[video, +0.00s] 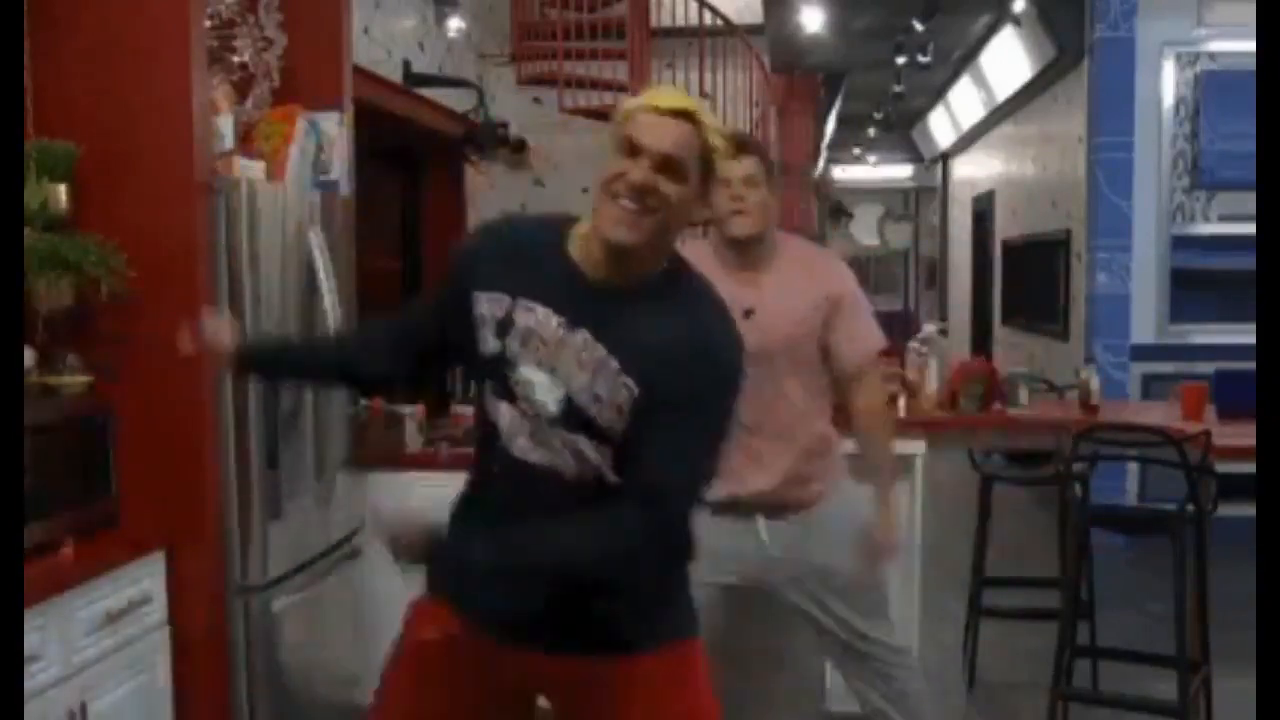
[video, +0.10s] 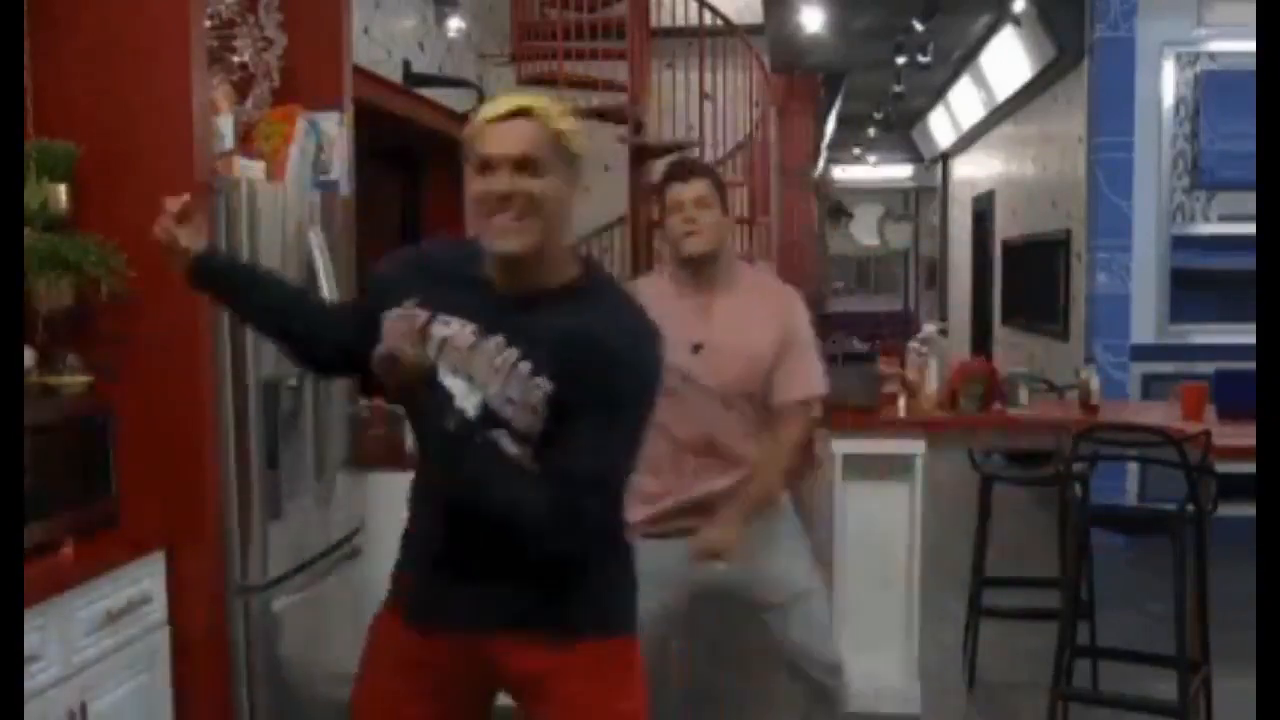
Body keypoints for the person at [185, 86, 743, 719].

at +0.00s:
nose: (640, 178)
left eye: (670, 171)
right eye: (630, 155)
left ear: (697, 199)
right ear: (606, 163)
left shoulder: (700, 339)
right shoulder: (505, 255)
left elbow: (648, 528)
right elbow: (407, 356)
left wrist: (455, 545)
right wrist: (251, 353)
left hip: (627, 632)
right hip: (477, 606)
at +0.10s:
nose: (504, 187)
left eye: (529, 169)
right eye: (486, 169)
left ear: (571, 186)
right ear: (465, 185)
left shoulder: (619, 337)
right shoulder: (432, 273)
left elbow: (565, 522)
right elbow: (336, 341)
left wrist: (426, 397)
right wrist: (203, 263)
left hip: (576, 631)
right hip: (431, 616)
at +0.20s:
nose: (450, 209)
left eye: (475, 191)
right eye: (433, 192)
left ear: (521, 208)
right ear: (414, 212)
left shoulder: (575, 350)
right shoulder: (382, 309)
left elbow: (530, 528)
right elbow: (292, 386)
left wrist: (408, 408)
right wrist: (182, 301)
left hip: (542, 669)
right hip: (396, 658)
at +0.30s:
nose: (414, 215)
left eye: (442, 200)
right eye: (399, 196)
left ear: (484, 221)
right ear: (377, 214)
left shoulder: (534, 352)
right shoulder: (344, 326)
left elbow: (524, 537)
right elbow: (260, 445)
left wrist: (365, 481)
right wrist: (139, 381)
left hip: (517, 666)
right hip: (373, 663)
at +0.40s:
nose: (344, 236)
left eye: (366, 215)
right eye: (327, 222)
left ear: (416, 226)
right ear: (313, 243)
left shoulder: (500, 343)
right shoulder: (297, 368)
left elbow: (510, 530)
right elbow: (261, 514)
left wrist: (403, 670)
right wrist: (156, 573)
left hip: (506, 639)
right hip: (364, 644)